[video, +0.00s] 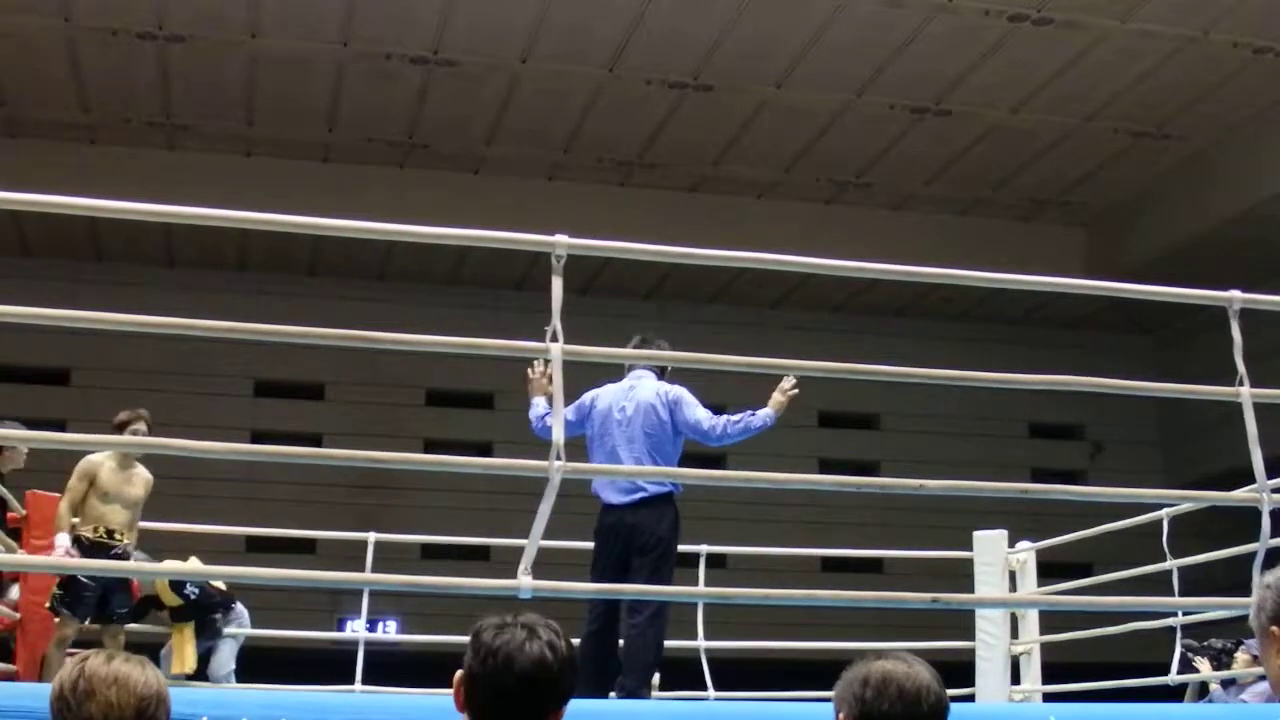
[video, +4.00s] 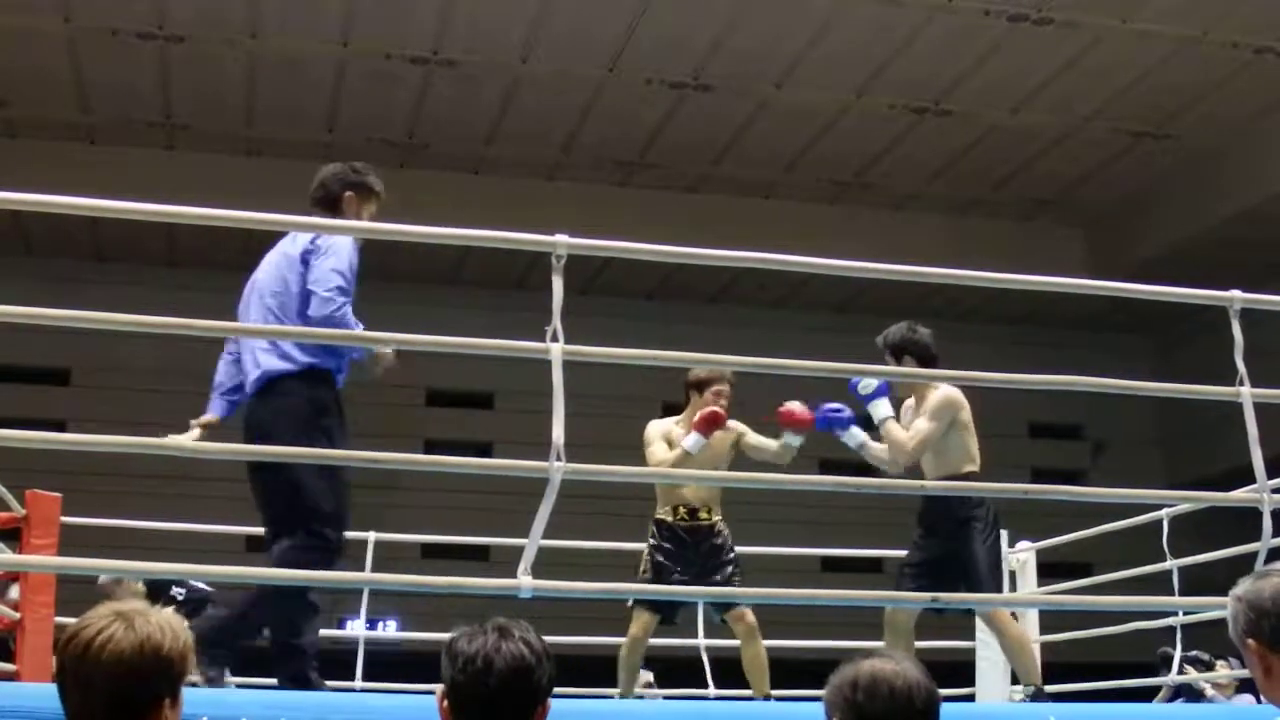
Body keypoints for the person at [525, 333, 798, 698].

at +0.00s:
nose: (669, 374)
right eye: (669, 369)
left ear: (627, 365)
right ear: (663, 367)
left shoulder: (598, 398)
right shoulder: (672, 396)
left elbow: (549, 428)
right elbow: (714, 431)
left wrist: (537, 397)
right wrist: (770, 412)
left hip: (612, 516)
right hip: (656, 514)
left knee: (601, 606)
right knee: (646, 606)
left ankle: (588, 697)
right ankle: (632, 696)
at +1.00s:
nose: (679, 359)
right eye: (680, 354)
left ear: (642, 353)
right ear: (679, 357)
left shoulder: (609, 395)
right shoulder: (678, 397)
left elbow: (569, 436)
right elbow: (720, 423)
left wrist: (533, 460)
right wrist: (783, 402)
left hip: (610, 514)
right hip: (652, 513)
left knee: (622, 602)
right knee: (644, 605)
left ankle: (624, 687)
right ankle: (630, 696)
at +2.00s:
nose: (655, 351)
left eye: (653, 343)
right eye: (652, 344)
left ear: (610, 346)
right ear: (642, 348)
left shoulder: (576, 395)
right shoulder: (652, 393)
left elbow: (549, 446)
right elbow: (653, 456)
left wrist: (581, 480)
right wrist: (664, 488)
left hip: (588, 513)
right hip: (631, 510)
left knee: (610, 606)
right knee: (626, 608)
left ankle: (622, 695)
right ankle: (608, 700)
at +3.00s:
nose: (547, 288)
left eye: (547, 281)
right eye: (546, 281)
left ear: (495, 283)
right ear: (533, 281)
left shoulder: (453, 325)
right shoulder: (553, 332)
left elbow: (418, 368)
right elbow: (567, 395)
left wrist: (389, 418)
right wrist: (562, 440)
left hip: (465, 462)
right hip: (524, 461)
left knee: (472, 563)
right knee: (509, 564)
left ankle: (474, 656)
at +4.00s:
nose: (372, 221)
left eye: (375, 212)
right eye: (371, 211)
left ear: (325, 204)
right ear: (350, 201)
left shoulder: (275, 257)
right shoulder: (336, 238)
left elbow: (239, 338)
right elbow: (326, 308)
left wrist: (215, 410)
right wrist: (372, 348)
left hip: (259, 404)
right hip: (301, 397)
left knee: (289, 537)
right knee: (322, 535)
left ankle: (296, 671)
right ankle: (212, 638)